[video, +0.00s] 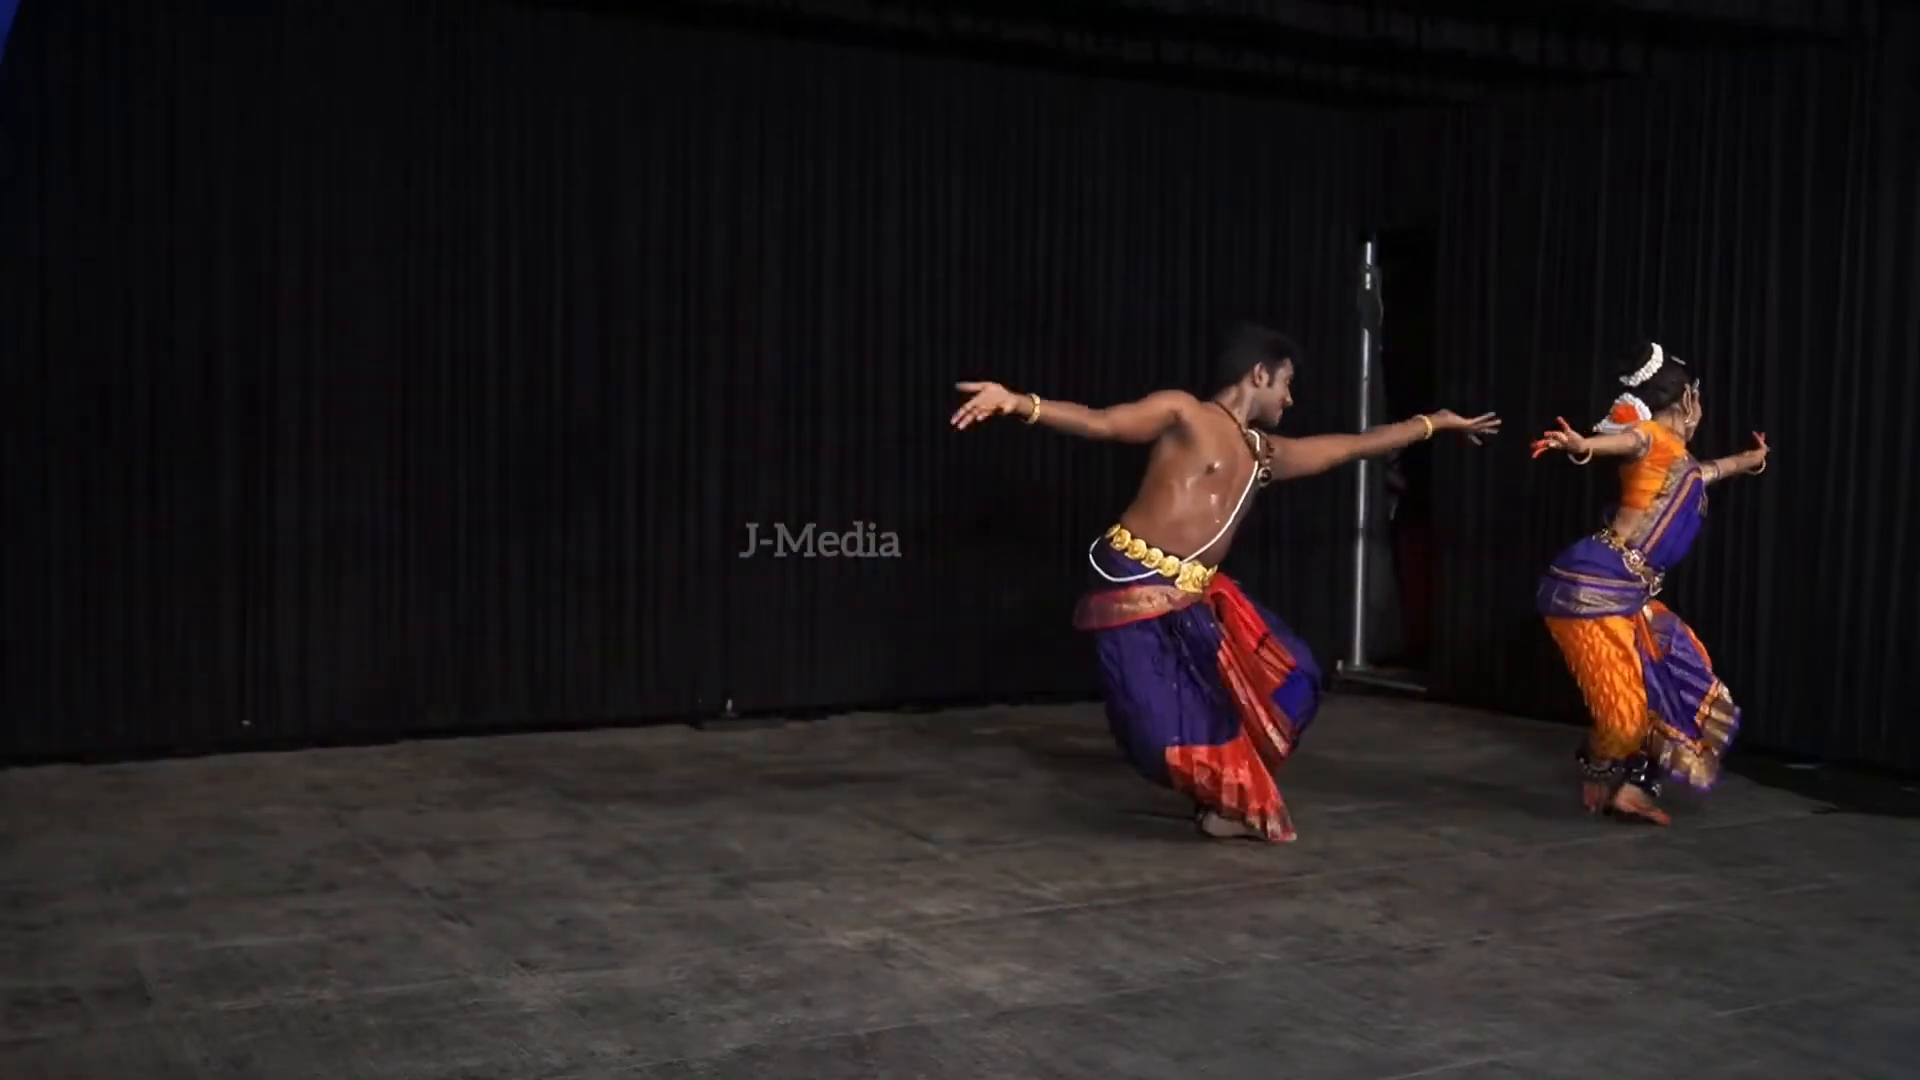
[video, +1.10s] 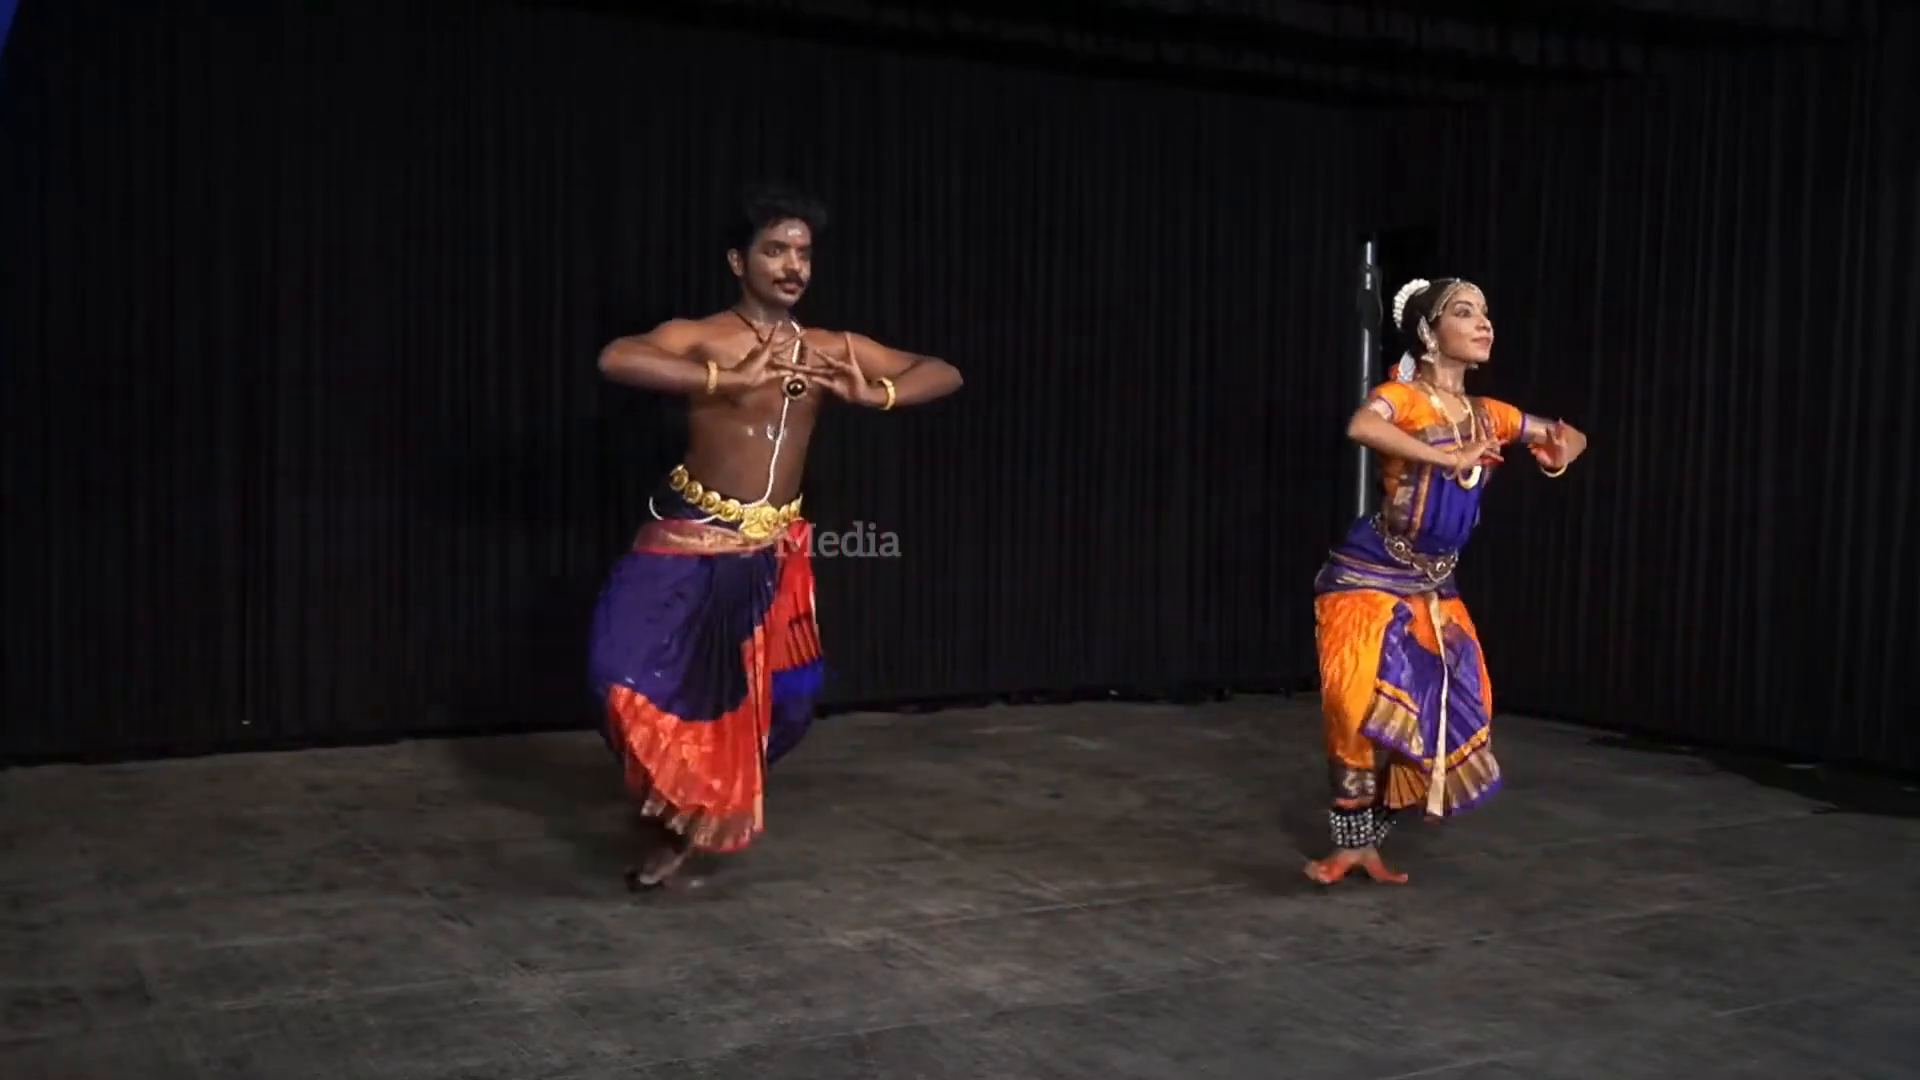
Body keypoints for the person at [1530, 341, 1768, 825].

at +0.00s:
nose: (1700, 407)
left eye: (1698, 398)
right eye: (1697, 398)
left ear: (1673, 406)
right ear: (1683, 404)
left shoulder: (1683, 462)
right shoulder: (1650, 435)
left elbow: (1706, 473)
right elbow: (1622, 440)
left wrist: (1748, 460)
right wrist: (1585, 444)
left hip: (1632, 600)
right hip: (1589, 595)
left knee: (1688, 675)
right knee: (1625, 708)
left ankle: (1636, 787)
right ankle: (1599, 772)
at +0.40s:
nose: (1676, 375)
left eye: (1680, 365)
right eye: (1662, 363)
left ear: (1681, 379)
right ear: (1626, 373)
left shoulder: (1678, 441)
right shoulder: (1603, 433)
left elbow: (1736, 444)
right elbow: (1565, 473)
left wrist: (1751, 466)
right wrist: (1643, 492)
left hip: (1629, 595)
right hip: (1569, 587)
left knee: (1686, 672)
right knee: (1553, 677)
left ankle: (1640, 799)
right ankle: (1537, 819)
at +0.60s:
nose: (1626, 353)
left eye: (1631, 343)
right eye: (1612, 340)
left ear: (1632, 353)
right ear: (1576, 350)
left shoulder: (1624, 424)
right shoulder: (1548, 412)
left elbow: (1696, 439)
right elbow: (1520, 450)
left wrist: (1699, 455)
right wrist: (1594, 488)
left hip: (1566, 585)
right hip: (1506, 579)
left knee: (1627, 659)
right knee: (1501, 697)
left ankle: (1610, 794)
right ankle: (1520, 840)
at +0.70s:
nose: (1599, 348)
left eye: (1603, 338)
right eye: (1584, 335)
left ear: (1604, 350)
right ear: (1547, 345)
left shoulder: (1597, 421)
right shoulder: (1520, 407)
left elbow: (1667, 434)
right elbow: (1492, 442)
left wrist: (1672, 451)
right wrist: (1569, 480)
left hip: (1538, 584)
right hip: (1477, 580)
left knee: (1602, 670)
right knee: (1490, 706)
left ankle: (1526, 766)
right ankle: (1518, 846)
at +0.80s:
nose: (1568, 342)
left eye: (1572, 332)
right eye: (1553, 329)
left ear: (1572, 344)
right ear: (1515, 342)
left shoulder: (1569, 419)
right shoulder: (1488, 403)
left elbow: (1645, 433)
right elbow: (1459, 438)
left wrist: (1644, 453)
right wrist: (1542, 473)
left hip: (1508, 590)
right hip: (1448, 585)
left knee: (1552, 705)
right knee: (1486, 712)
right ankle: (1516, 848)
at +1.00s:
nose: (1507, 336)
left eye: (1509, 325)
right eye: (1491, 324)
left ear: (1506, 341)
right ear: (1453, 338)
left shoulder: (1509, 419)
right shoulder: (1424, 402)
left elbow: (1590, 437)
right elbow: (1387, 434)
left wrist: (1586, 454)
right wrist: (1470, 467)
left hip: (1457, 592)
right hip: (1395, 582)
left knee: (1469, 717)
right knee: (1415, 707)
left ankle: (1358, 827)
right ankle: (1453, 825)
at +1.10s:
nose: (1486, 326)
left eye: (1485, 316)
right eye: (1468, 315)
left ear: (1479, 335)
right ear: (1430, 332)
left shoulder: (1487, 413)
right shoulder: (1403, 395)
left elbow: (1565, 434)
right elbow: (1363, 426)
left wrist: (1563, 450)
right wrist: (1446, 457)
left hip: (1431, 584)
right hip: (1368, 574)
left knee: (1411, 703)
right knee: (1349, 696)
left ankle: (1367, 841)